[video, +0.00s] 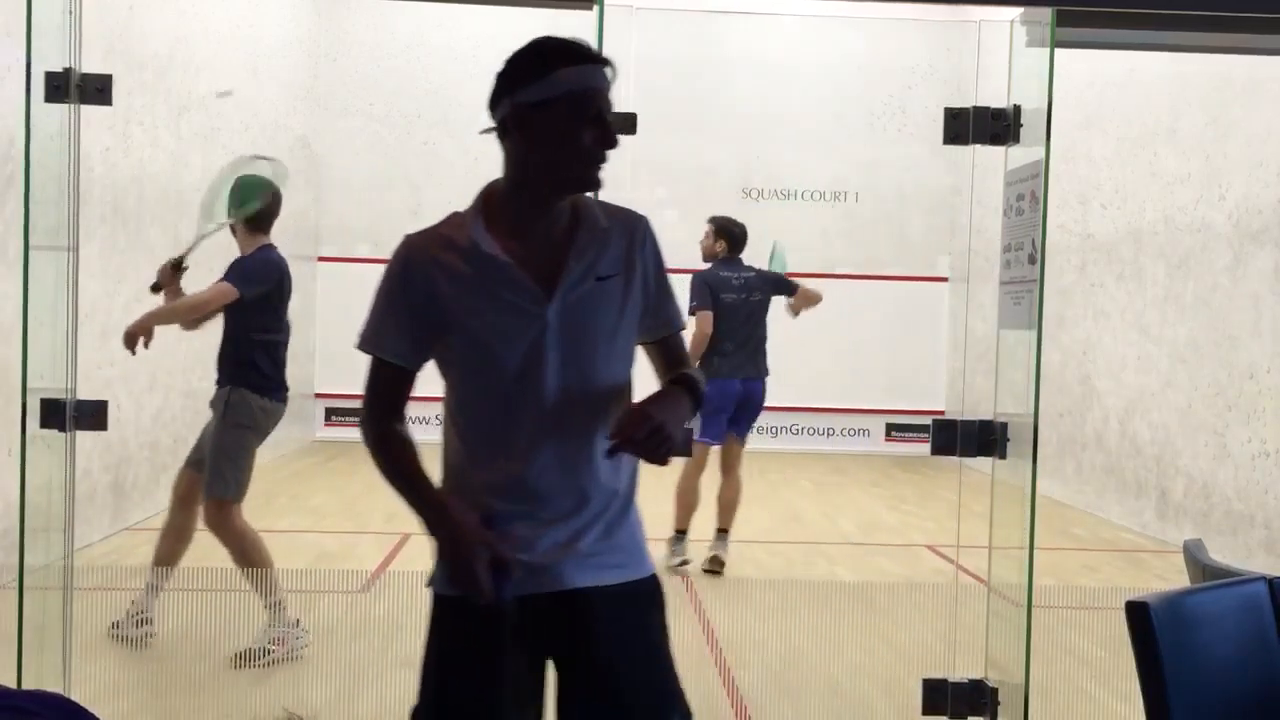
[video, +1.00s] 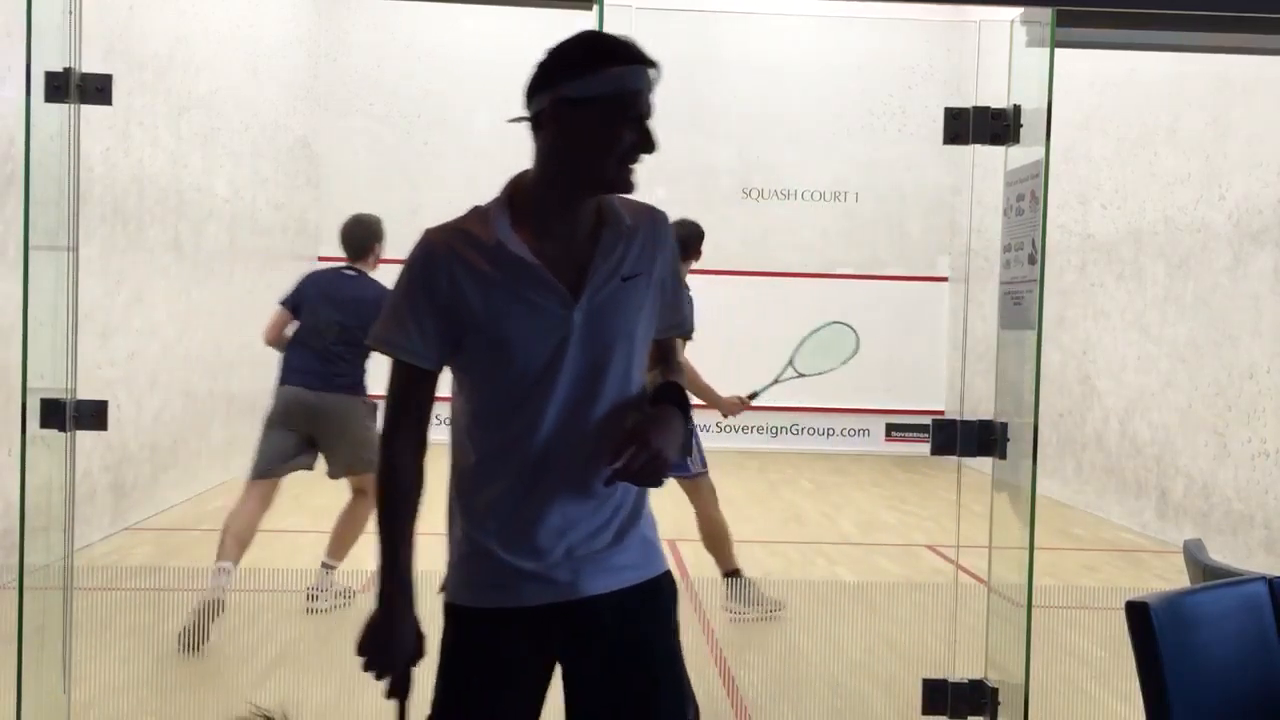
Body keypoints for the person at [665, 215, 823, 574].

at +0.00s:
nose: (701, 242)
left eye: (706, 237)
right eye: (704, 236)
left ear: (720, 244)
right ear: (733, 246)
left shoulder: (704, 278)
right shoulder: (762, 277)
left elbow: (704, 329)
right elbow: (812, 295)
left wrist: (687, 365)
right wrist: (795, 305)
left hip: (717, 382)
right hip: (754, 384)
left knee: (695, 465)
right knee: (732, 466)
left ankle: (678, 544)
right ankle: (721, 546)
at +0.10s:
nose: (687, 248)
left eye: (693, 243)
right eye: (690, 242)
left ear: (708, 252)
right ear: (719, 255)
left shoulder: (692, 290)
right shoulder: (746, 290)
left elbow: (691, 344)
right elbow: (791, 328)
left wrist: (670, 378)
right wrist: (772, 349)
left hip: (699, 396)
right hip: (735, 397)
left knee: (666, 470)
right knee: (718, 477)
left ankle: (646, 550)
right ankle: (714, 555)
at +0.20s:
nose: (671, 252)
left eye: (677, 247)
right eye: (674, 246)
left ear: (695, 256)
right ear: (703, 258)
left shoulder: (676, 294)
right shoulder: (734, 298)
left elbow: (671, 348)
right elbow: (757, 351)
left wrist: (650, 381)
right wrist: (746, 390)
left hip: (683, 400)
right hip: (721, 402)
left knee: (645, 473)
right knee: (709, 475)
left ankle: (628, 552)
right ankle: (713, 556)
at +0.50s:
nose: (644, 238)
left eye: (647, 233)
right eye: (648, 232)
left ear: (654, 239)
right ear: (681, 243)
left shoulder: (629, 280)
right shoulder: (702, 284)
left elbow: (613, 334)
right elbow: (720, 336)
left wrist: (615, 383)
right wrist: (721, 389)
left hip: (645, 391)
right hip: (690, 391)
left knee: (629, 482)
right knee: (700, 474)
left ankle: (617, 564)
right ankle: (707, 554)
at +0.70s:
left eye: (651, 255)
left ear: (652, 259)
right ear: (686, 262)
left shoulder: (628, 293)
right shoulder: (700, 298)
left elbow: (607, 347)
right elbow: (720, 346)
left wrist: (607, 394)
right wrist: (729, 396)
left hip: (638, 406)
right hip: (688, 408)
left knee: (609, 483)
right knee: (717, 487)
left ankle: (575, 551)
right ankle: (742, 566)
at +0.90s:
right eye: (696, 271)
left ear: (663, 270)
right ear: (699, 275)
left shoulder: (636, 305)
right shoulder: (690, 316)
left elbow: (617, 361)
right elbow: (696, 370)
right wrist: (737, 413)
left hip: (633, 427)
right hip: (676, 431)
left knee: (600, 506)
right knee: (726, 511)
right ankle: (766, 592)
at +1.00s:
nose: (699, 261)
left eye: (698, 254)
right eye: (699, 255)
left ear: (665, 245)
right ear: (693, 253)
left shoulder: (636, 282)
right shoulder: (674, 290)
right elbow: (671, 359)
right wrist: (718, 400)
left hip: (620, 401)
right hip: (662, 405)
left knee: (616, 499)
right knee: (704, 496)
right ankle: (735, 585)